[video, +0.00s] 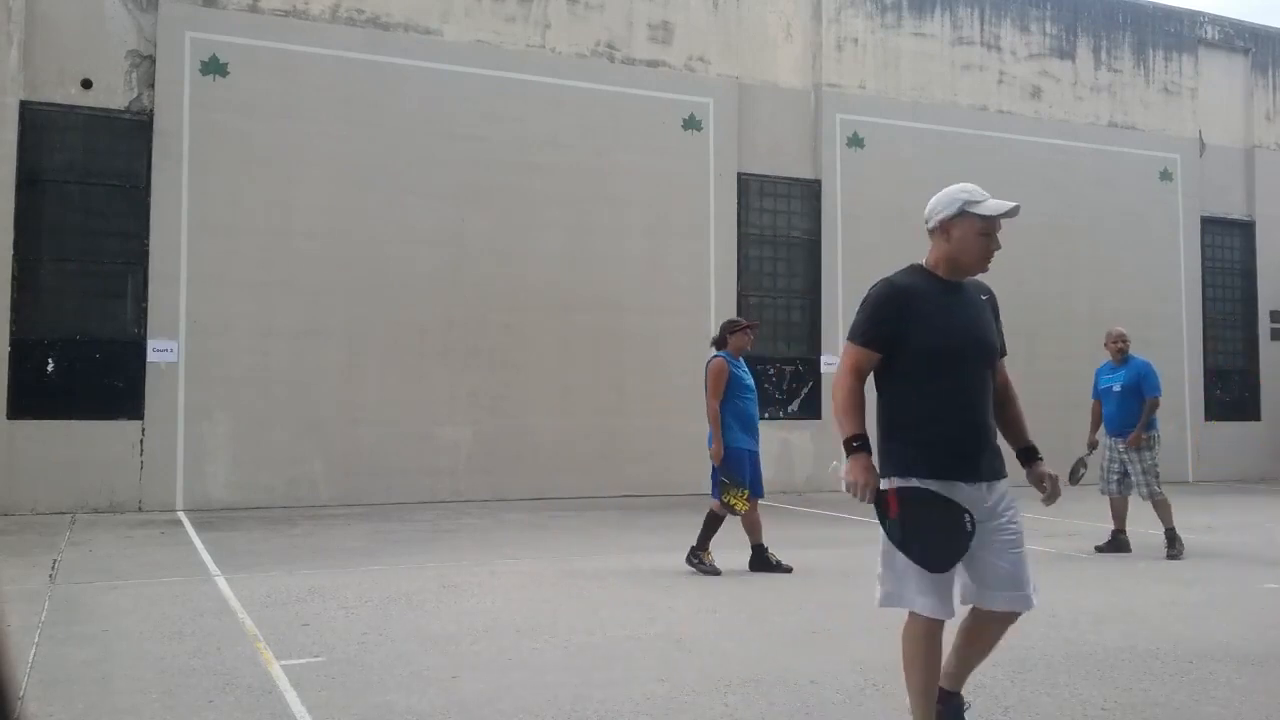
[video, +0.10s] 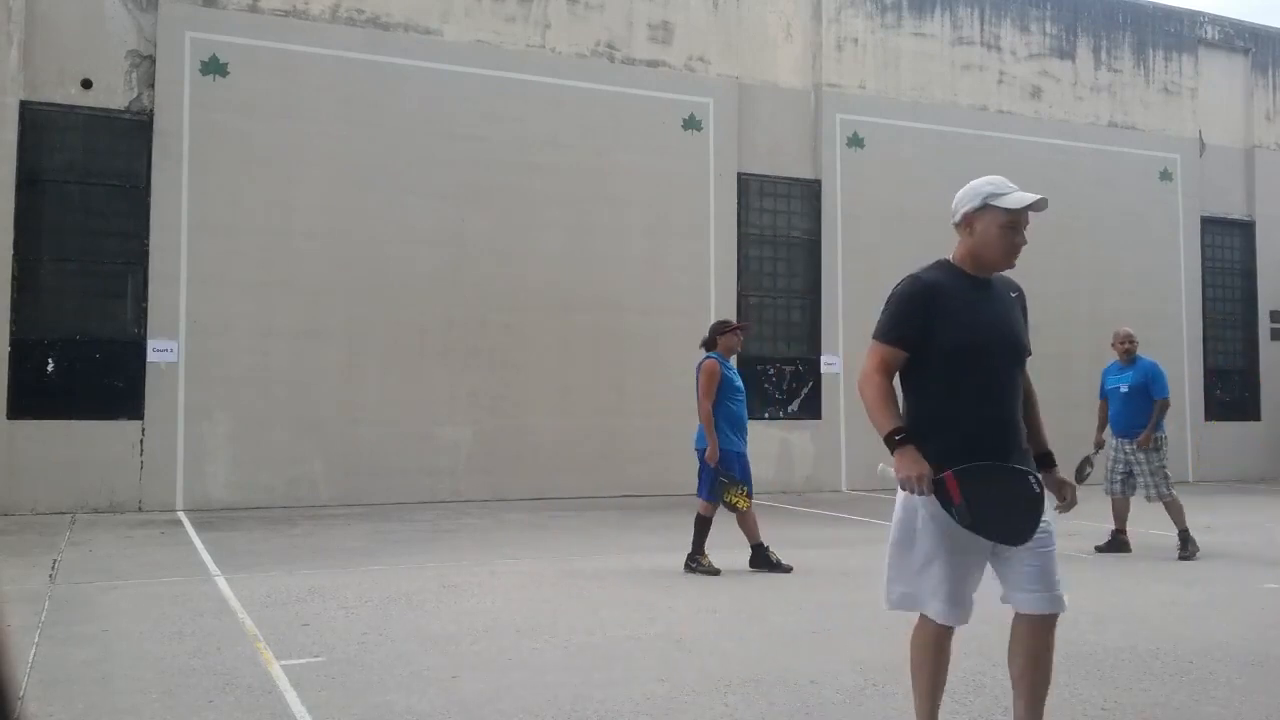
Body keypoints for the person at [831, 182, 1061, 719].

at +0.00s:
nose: (999, 239)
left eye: (998, 228)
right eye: (988, 227)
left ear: (964, 234)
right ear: (946, 230)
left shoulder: (983, 298)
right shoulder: (893, 294)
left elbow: (998, 383)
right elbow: (850, 374)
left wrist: (1030, 457)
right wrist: (856, 451)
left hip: (987, 483)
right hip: (919, 484)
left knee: (1005, 598)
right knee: (929, 607)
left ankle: (946, 692)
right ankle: (923, 715)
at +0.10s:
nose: (1024, 235)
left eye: (1024, 224)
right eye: (1012, 224)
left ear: (1009, 231)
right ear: (968, 224)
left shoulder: (1011, 294)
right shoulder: (920, 290)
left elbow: (1018, 382)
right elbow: (873, 375)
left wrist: (1046, 464)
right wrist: (900, 445)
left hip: (1012, 485)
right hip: (941, 486)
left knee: (1040, 608)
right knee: (939, 614)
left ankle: (1029, 717)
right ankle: (925, 717)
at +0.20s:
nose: (1058, 232)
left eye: (1059, 221)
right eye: (1045, 220)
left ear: (1054, 228)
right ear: (1001, 222)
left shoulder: (1046, 295)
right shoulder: (953, 292)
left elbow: (1046, 388)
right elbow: (905, 378)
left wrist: (1064, 465)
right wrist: (942, 446)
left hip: (1040, 494)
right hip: (971, 495)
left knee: (1067, 627)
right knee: (952, 620)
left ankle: (1093, 719)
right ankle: (928, 716)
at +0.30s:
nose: (1098, 229)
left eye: (1101, 219)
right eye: (1085, 217)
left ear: (1101, 224)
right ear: (1039, 219)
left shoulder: (1087, 297)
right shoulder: (991, 294)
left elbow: (1083, 395)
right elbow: (941, 382)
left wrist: (1103, 471)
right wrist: (975, 454)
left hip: (1084, 502)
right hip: (1010, 502)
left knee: (1112, 637)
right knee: (982, 629)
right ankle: (940, 715)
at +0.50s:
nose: (1184, 215)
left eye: (1187, 204)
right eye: (1172, 201)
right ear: (1120, 198)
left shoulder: (1165, 285)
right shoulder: (1059, 277)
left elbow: (1184, 392)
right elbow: (1005, 373)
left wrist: (1227, 479)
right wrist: (1016, 467)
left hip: (1173, 502)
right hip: (1094, 501)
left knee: (1169, 653)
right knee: (1113, 654)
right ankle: (1064, 717)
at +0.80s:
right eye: (1279, 176)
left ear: (1250, 186)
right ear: (1245, 184)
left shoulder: (1272, 276)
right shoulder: (1163, 275)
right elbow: (1096, 380)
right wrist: (1076, 485)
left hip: (1268, 519)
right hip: (1204, 520)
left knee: (1203, 676)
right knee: (1264, 696)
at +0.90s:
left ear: (1259, 171)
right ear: (1271, 172)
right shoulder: (1208, 264)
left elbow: (1139, 382)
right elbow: (1138, 381)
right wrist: (1126, 491)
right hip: (1245, 523)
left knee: (1258, 690)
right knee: (1256, 693)